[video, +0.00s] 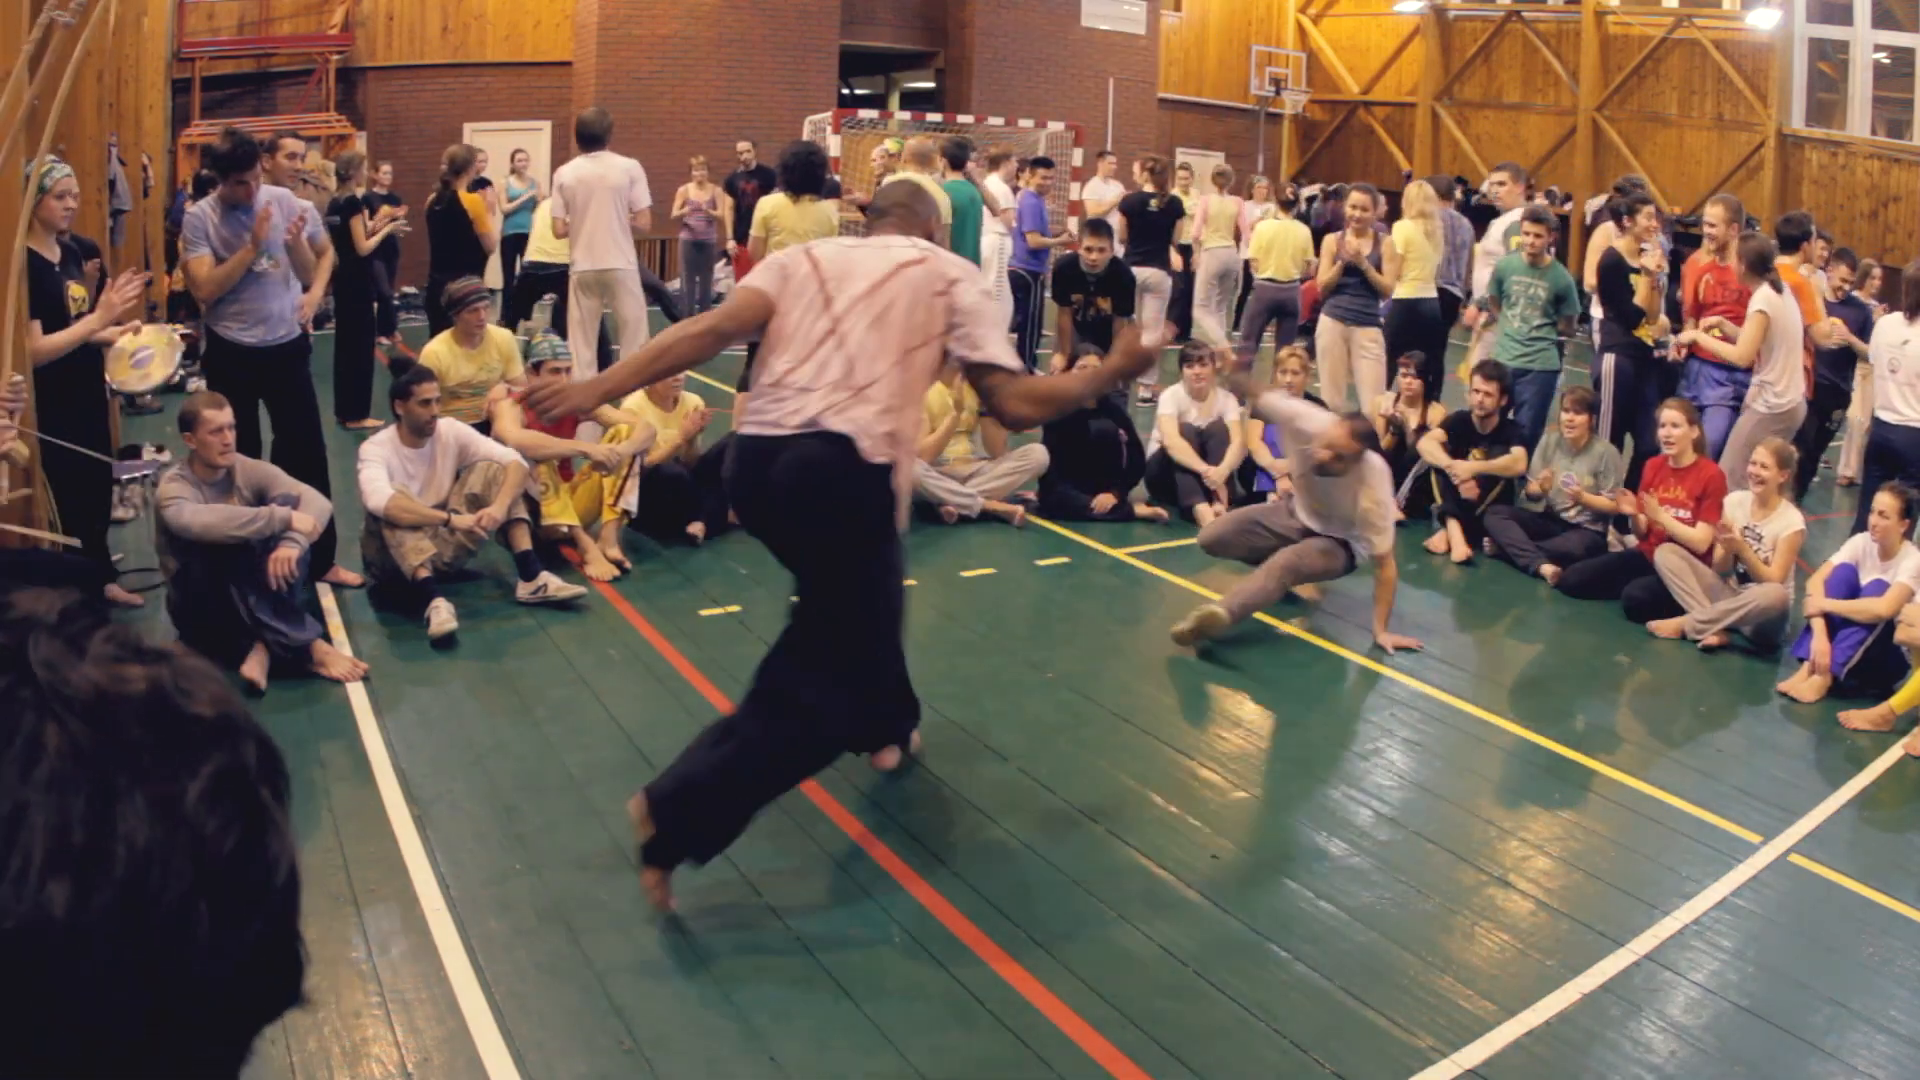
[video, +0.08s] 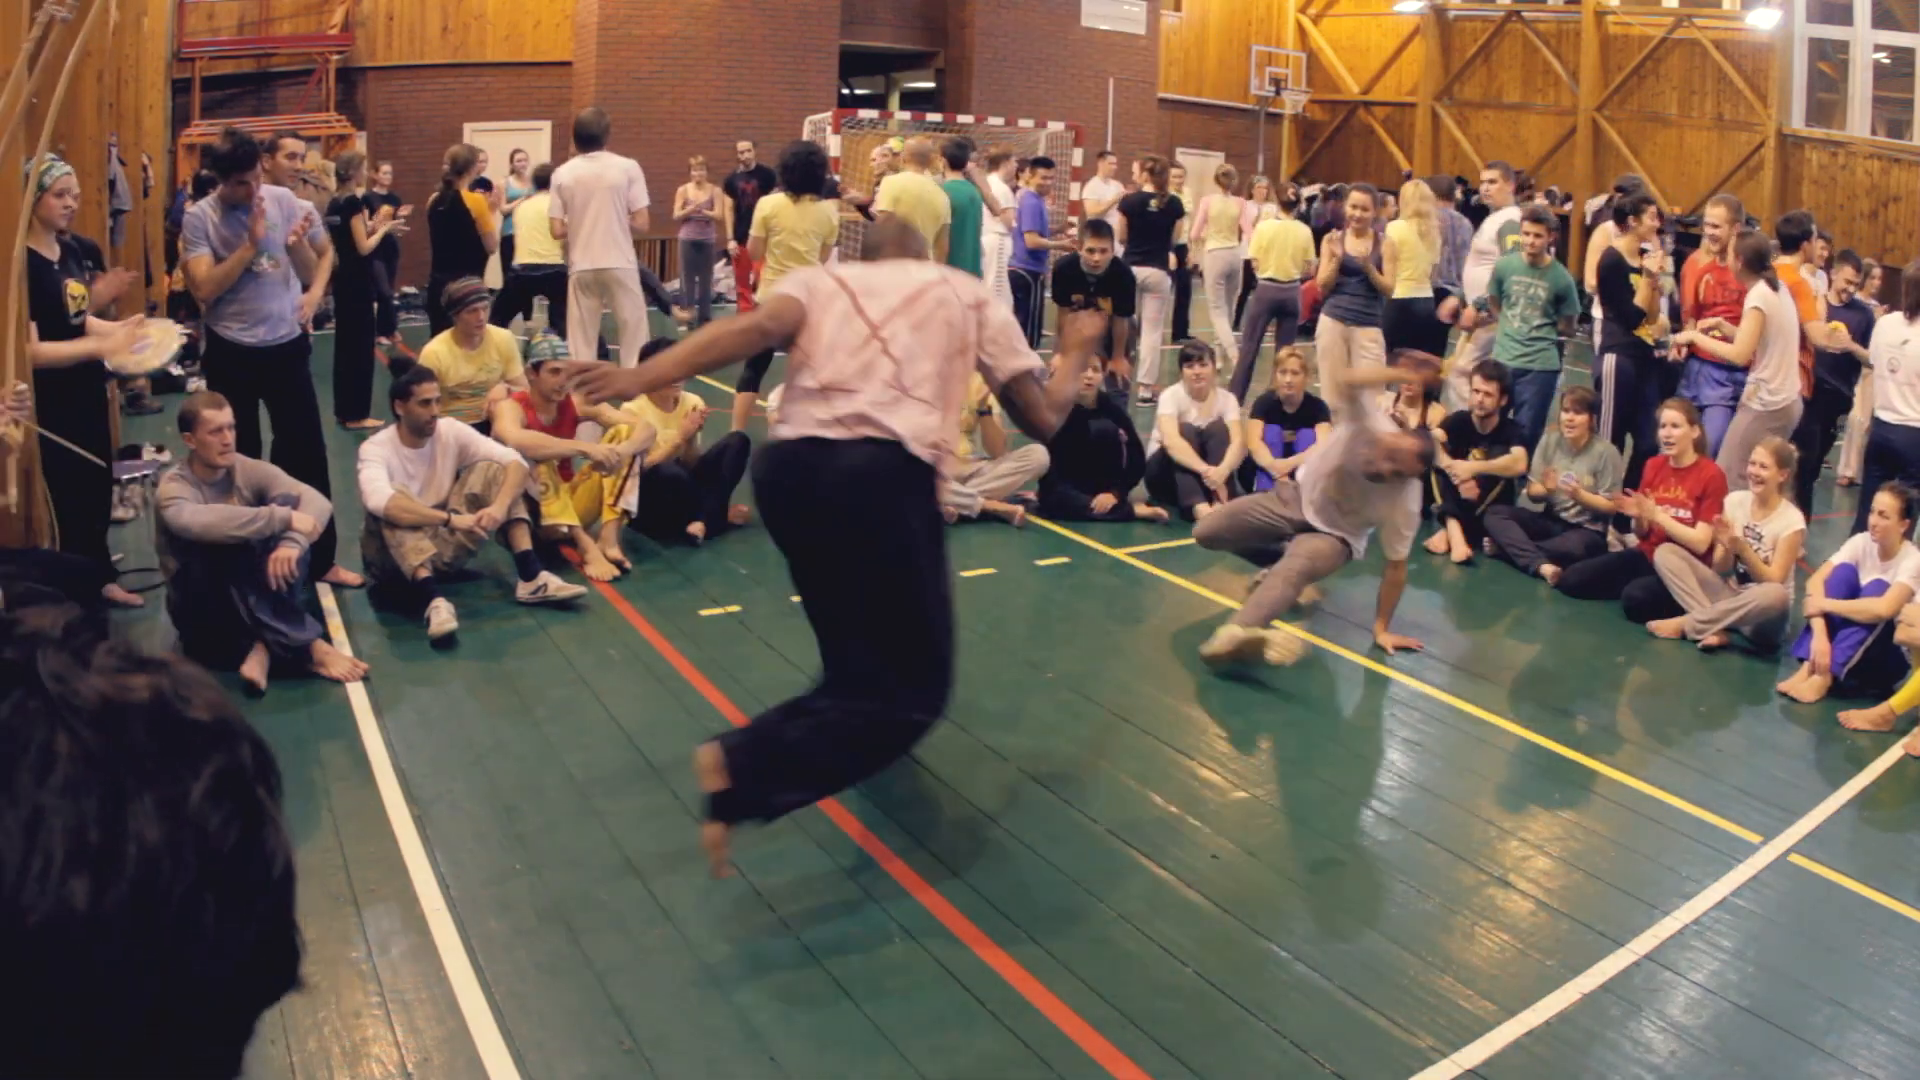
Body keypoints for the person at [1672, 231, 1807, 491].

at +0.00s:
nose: (1733, 266)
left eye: (1735, 260)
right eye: (1734, 259)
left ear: (1743, 265)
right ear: (1769, 261)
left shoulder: (1763, 299)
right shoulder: (1782, 292)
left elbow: (1742, 357)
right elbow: (1759, 343)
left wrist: (1698, 338)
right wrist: (1724, 325)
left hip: (1769, 406)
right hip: (1790, 402)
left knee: (1730, 474)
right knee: (1768, 474)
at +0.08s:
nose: (1726, 261)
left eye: (1729, 256)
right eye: (1727, 255)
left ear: (1739, 262)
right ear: (1764, 258)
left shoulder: (1758, 296)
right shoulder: (1778, 289)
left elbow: (1740, 355)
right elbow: (1761, 342)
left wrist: (1695, 338)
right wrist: (1724, 327)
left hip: (1764, 405)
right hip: (1787, 400)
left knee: (1726, 476)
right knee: (1764, 475)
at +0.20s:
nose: (1721, 254)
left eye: (1725, 249)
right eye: (1722, 248)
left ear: (1734, 256)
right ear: (1760, 254)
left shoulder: (1752, 292)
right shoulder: (1774, 287)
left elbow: (1739, 355)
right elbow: (1758, 341)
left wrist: (1692, 355)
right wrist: (1720, 335)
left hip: (1756, 404)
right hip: (1780, 400)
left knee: (1722, 477)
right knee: (1758, 477)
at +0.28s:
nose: (1719, 251)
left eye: (1723, 245)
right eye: (1720, 244)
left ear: (1733, 253)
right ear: (1755, 253)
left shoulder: (1747, 292)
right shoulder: (1774, 288)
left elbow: (1742, 355)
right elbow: (1763, 345)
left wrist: (1701, 375)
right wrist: (1723, 351)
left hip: (1750, 400)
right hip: (1777, 395)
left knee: (1718, 480)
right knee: (1759, 482)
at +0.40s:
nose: (1719, 252)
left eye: (1722, 246)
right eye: (1720, 245)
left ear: (1731, 252)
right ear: (1756, 251)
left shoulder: (1739, 290)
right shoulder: (1771, 287)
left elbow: (1736, 360)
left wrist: (1713, 403)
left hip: (1741, 397)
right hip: (1772, 392)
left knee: (1718, 483)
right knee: (1755, 485)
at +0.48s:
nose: (1719, 249)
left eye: (1722, 243)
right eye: (1720, 242)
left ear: (1732, 250)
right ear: (1754, 250)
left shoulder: (1733, 288)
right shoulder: (1770, 286)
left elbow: (1726, 354)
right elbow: (1773, 343)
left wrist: (1702, 397)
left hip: (1736, 396)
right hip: (1769, 392)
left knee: (1715, 481)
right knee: (1751, 483)